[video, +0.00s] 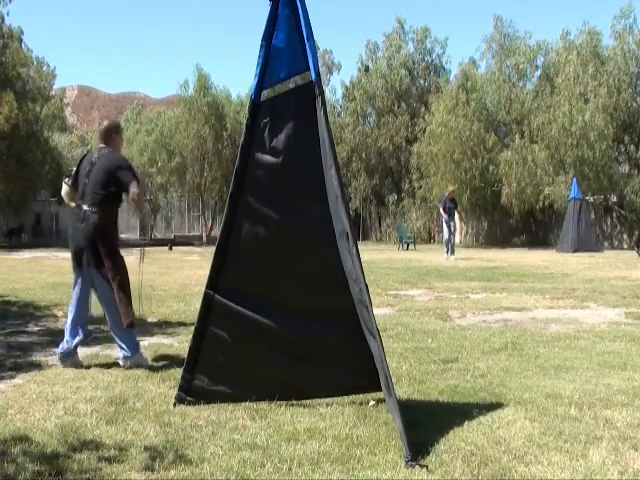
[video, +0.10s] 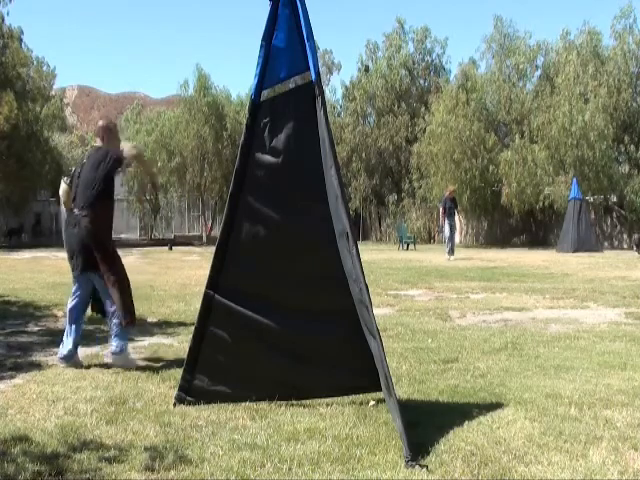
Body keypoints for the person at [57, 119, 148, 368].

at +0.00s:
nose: (123, 141)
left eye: (122, 137)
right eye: (122, 138)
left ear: (102, 138)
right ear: (115, 138)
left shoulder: (86, 158)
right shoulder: (117, 161)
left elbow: (67, 193)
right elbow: (135, 192)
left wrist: (83, 206)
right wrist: (139, 207)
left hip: (77, 226)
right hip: (98, 229)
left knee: (80, 289)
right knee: (110, 290)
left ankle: (68, 349)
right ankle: (130, 351)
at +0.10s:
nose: (118, 139)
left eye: (116, 135)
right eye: (115, 134)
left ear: (96, 137)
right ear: (108, 135)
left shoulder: (84, 159)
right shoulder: (109, 155)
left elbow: (64, 189)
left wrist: (71, 214)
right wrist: (152, 178)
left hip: (74, 228)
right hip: (93, 230)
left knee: (80, 290)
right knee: (114, 287)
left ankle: (67, 351)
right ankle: (118, 349)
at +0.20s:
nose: (116, 150)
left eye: (116, 147)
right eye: (116, 146)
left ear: (97, 146)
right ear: (109, 144)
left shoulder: (79, 166)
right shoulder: (97, 159)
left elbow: (59, 187)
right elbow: (111, 125)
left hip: (72, 235)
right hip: (89, 234)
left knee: (84, 290)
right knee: (111, 289)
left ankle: (68, 348)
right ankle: (104, 351)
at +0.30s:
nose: (115, 156)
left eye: (114, 151)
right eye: (112, 151)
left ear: (94, 154)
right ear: (102, 152)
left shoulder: (76, 176)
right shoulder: (94, 170)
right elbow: (107, 140)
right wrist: (124, 113)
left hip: (71, 245)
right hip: (86, 244)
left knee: (83, 295)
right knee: (100, 296)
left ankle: (66, 347)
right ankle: (97, 360)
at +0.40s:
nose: (120, 155)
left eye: (119, 151)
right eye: (118, 151)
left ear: (98, 149)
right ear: (109, 149)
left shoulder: (78, 167)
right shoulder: (107, 173)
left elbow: (53, 187)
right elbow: (128, 196)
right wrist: (140, 166)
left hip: (62, 244)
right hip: (79, 247)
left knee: (74, 298)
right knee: (102, 299)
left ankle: (65, 351)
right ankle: (93, 363)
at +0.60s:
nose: (113, 146)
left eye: (112, 140)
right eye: (112, 141)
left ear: (90, 139)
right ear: (104, 141)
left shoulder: (71, 156)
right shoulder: (103, 175)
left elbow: (46, 182)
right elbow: (104, 223)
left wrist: (61, 209)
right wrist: (108, 261)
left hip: (53, 238)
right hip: (75, 245)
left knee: (63, 295)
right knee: (98, 302)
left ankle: (50, 349)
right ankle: (95, 365)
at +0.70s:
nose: (107, 137)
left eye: (106, 133)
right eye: (106, 133)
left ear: (84, 131)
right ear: (98, 132)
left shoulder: (66, 150)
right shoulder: (96, 161)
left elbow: (47, 176)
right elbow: (96, 210)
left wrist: (57, 205)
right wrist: (99, 247)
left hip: (49, 231)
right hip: (74, 235)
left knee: (56, 297)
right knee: (96, 296)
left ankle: (46, 362)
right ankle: (92, 362)